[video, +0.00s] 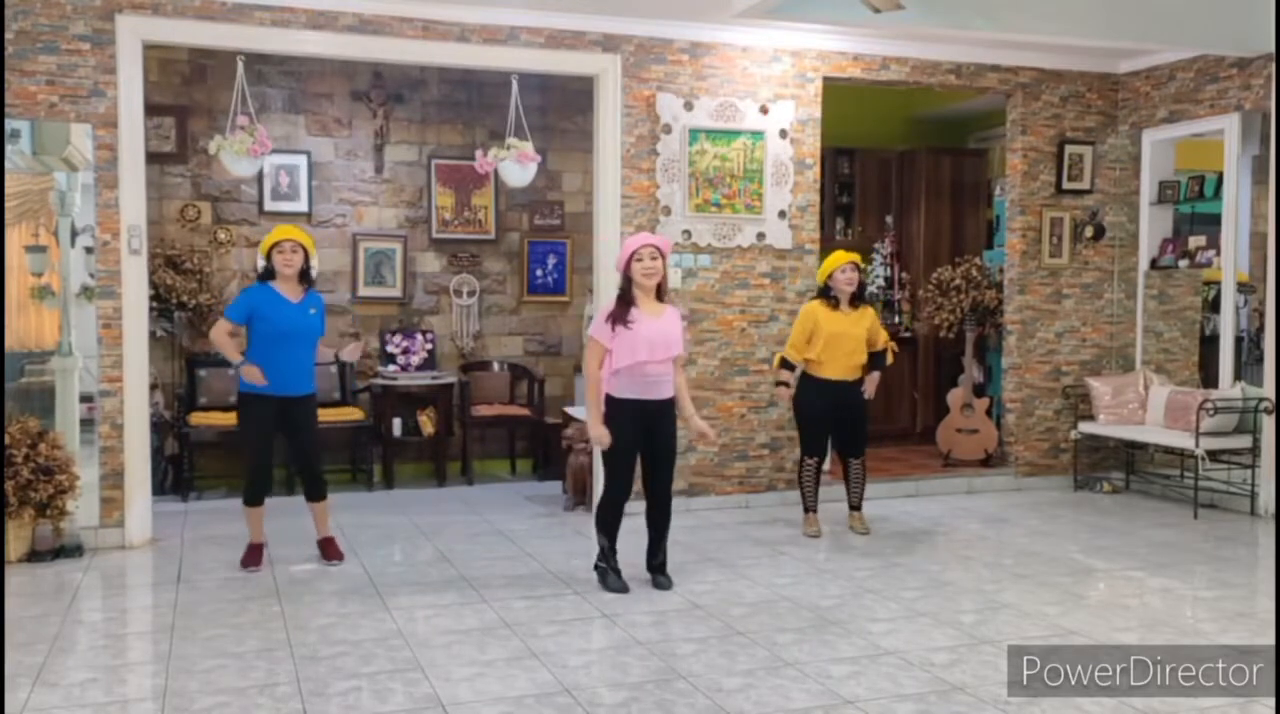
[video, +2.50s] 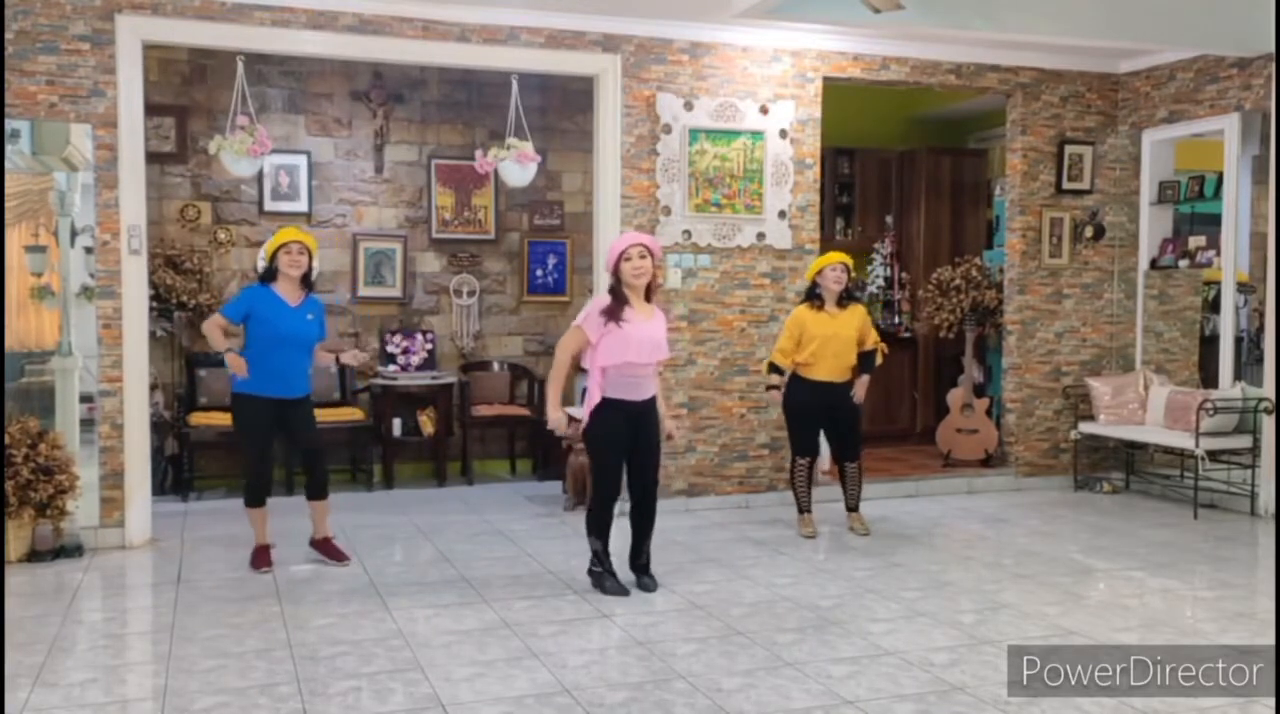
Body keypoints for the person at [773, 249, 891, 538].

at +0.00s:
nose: (850, 276)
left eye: (854, 271)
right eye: (843, 271)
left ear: (859, 278)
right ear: (829, 278)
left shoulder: (866, 314)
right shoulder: (813, 310)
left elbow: (881, 348)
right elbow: (794, 349)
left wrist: (874, 374)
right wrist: (785, 380)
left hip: (850, 391)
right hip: (814, 387)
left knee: (853, 452)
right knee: (812, 453)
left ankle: (856, 512)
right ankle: (810, 514)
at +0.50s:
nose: (831, 278)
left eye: (834, 273)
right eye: (824, 273)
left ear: (841, 279)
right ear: (810, 281)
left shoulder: (854, 309)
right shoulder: (796, 316)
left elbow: (868, 345)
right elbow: (777, 346)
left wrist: (862, 375)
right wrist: (763, 361)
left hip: (837, 392)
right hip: (799, 391)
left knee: (835, 454)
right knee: (803, 453)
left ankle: (828, 512)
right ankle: (809, 514)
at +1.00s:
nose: (831, 277)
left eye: (834, 271)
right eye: (823, 273)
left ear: (840, 277)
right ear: (810, 281)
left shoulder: (852, 310)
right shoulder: (798, 317)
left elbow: (867, 340)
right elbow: (789, 358)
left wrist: (863, 371)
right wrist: (785, 391)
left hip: (842, 390)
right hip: (806, 390)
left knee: (851, 452)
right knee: (807, 454)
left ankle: (854, 511)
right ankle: (810, 514)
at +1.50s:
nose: (852, 276)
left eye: (855, 270)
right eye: (844, 271)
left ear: (861, 276)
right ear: (832, 280)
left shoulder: (872, 308)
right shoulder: (823, 316)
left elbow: (888, 338)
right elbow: (815, 358)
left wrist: (885, 368)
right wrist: (819, 392)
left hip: (866, 387)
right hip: (833, 387)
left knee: (865, 453)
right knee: (830, 452)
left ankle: (858, 512)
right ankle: (818, 512)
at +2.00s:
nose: (857, 274)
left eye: (861, 269)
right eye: (850, 269)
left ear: (866, 276)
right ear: (837, 278)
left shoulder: (878, 310)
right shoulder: (825, 314)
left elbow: (894, 342)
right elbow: (814, 357)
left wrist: (889, 373)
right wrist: (824, 386)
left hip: (867, 389)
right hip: (833, 389)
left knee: (865, 453)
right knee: (830, 454)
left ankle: (858, 512)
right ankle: (829, 511)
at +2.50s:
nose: (839, 275)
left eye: (843, 271)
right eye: (832, 270)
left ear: (848, 279)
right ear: (818, 278)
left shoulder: (857, 313)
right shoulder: (802, 314)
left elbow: (870, 348)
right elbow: (783, 352)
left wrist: (864, 378)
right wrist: (775, 382)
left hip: (840, 391)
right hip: (803, 389)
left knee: (849, 453)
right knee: (804, 453)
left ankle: (853, 512)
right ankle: (805, 514)